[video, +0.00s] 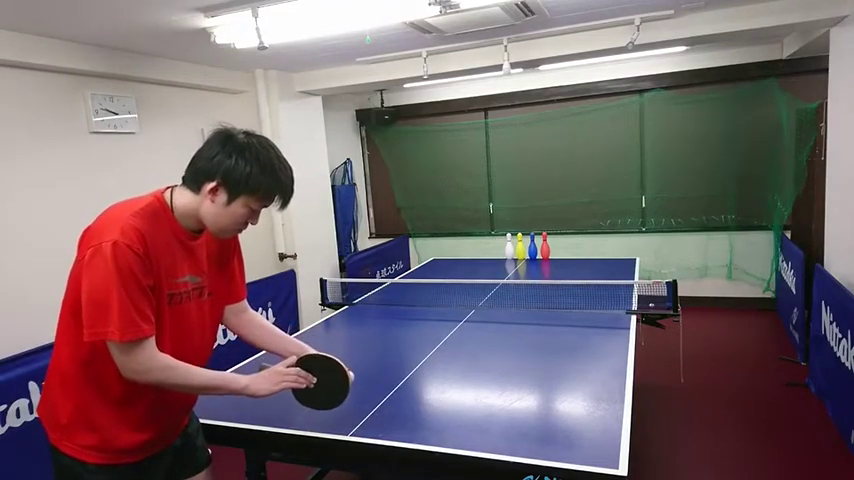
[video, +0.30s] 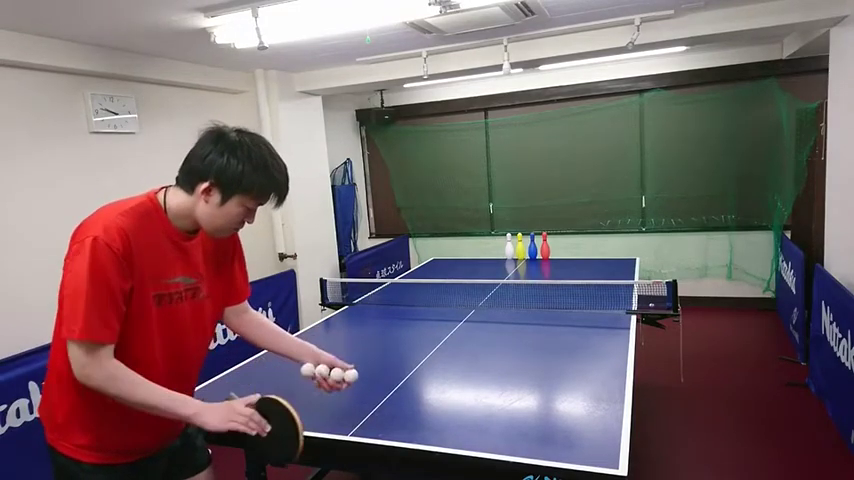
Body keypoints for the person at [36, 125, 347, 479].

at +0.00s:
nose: (254, 222)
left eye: (259, 212)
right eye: (251, 209)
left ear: (214, 192)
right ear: (214, 191)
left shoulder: (217, 231)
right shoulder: (120, 241)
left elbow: (237, 313)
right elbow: (137, 362)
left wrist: (306, 354)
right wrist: (245, 383)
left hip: (169, 422)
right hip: (99, 444)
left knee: (197, 471)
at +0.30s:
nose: (249, 221)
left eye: (255, 212)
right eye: (247, 210)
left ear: (207, 193)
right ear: (207, 192)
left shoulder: (217, 232)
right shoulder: (105, 239)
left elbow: (238, 312)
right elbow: (90, 364)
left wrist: (311, 355)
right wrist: (200, 411)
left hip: (172, 434)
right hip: (96, 453)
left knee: (200, 472)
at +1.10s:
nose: (268, 225)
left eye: (273, 216)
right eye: (266, 214)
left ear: (228, 197)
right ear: (228, 196)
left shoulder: (233, 234)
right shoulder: (132, 239)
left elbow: (252, 304)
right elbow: (84, 354)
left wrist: (316, 335)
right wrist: (197, 391)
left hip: (176, 428)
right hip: (105, 442)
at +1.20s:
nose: (281, 228)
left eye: (286, 219)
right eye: (281, 216)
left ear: (247, 201)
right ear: (246, 200)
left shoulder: (237, 231)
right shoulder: (159, 245)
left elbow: (255, 303)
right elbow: (152, 363)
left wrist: (317, 319)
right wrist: (264, 388)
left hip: (176, 415)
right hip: (112, 430)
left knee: (199, 472)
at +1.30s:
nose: (292, 228)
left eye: (297, 219)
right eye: (293, 216)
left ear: (258, 202)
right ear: (261, 203)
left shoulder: (235, 225)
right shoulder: (191, 262)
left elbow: (255, 299)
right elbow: (239, 352)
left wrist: (303, 299)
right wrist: (318, 364)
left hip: (172, 410)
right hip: (118, 426)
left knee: (202, 472)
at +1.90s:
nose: (284, 188)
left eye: (286, 178)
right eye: (285, 178)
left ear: (225, 165)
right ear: (267, 178)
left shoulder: (192, 204)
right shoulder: (224, 234)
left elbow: (218, 293)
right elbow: (253, 330)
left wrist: (270, 278)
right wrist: (309, 332)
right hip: (143, 428)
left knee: (207, 471)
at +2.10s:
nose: (251, 177)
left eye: (254, 166)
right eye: (252, 166)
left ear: (189, 159)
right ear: (231, 167)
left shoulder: (165, 204)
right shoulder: (183, 226)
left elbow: (180, 284)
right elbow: (219, 336)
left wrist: (241, 292)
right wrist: (288, 341)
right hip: (130, 436)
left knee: (200, 468)